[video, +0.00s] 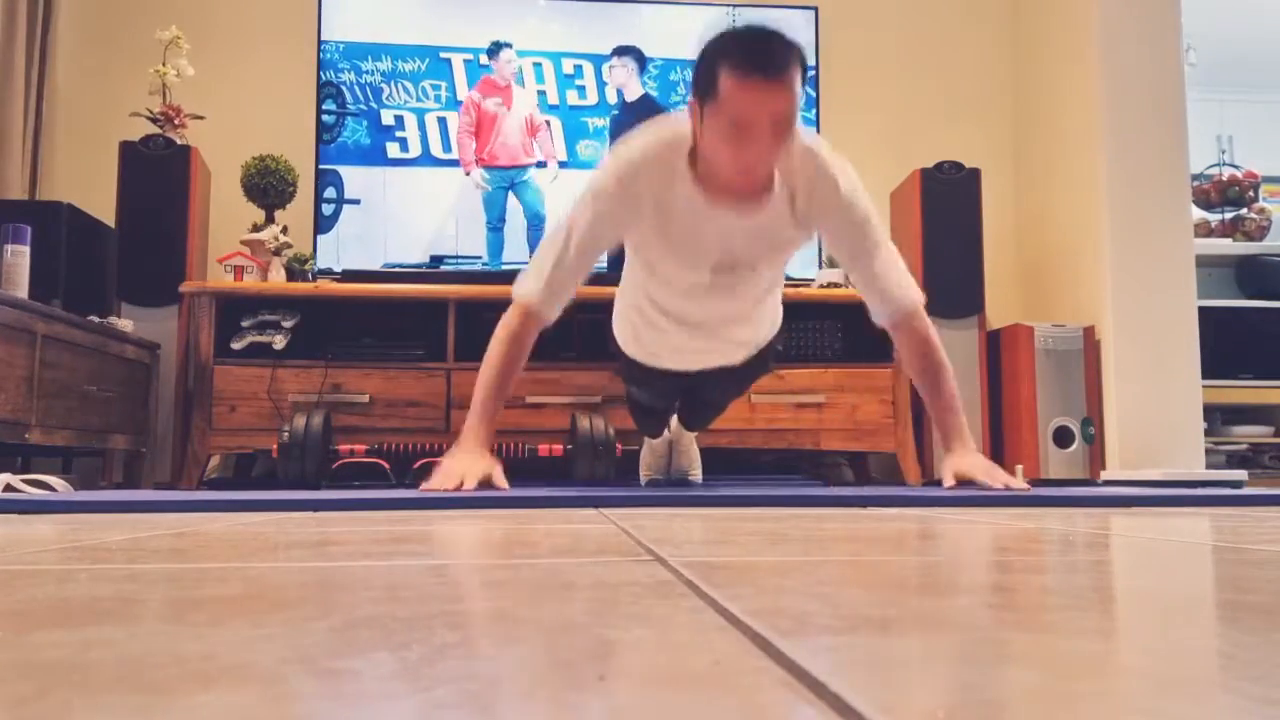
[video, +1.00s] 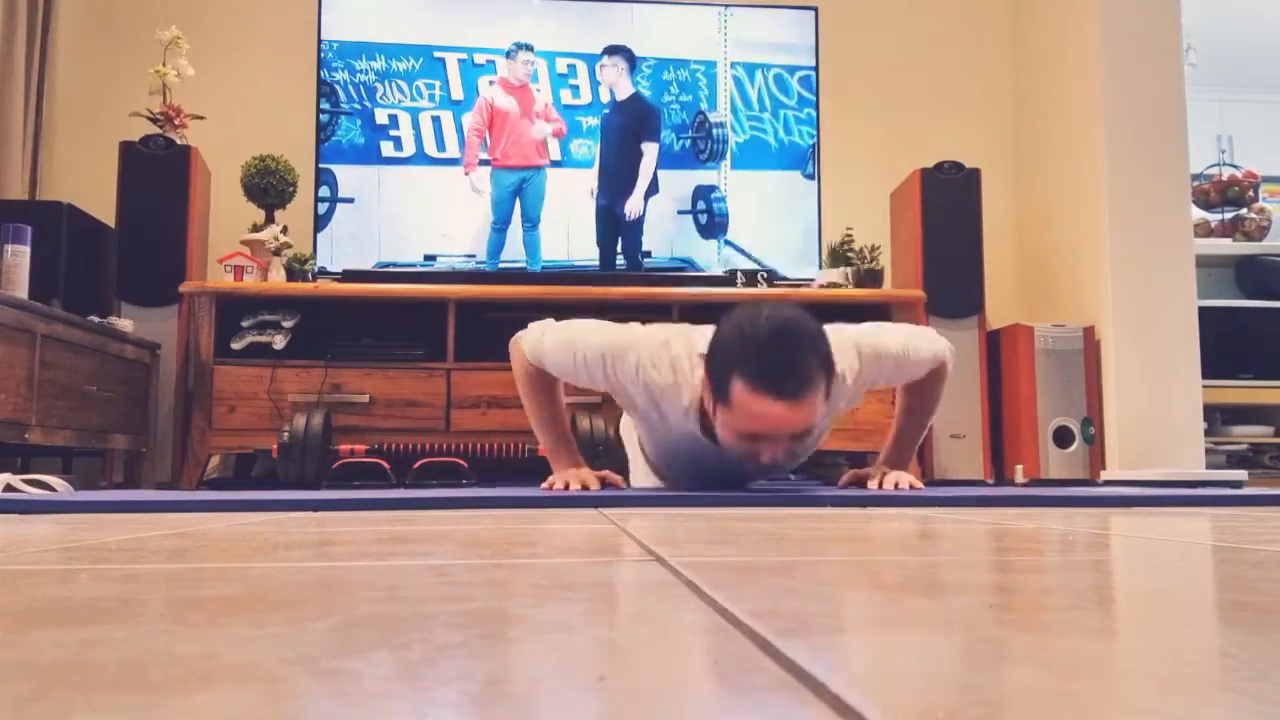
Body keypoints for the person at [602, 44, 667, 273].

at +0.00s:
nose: (609, 73)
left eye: (615, 67)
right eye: (610, 67)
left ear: (631, 71)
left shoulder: (657, 115)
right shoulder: (618, 116)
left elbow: (664, 162)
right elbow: (613, 162)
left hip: (647, 202)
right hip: (619, 202)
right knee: (616, 272)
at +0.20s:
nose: (608, 72)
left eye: (613, 66)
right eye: (608, 67)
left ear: (630, 70)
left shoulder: (655, 112)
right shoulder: (614, 113)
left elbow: (659, 158)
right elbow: (608, 152)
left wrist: (647, 198)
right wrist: (603, 181)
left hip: (638, 196)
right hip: (612, 194)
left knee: (638, 256)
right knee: (612, 255)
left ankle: (641, 302)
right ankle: (611, 299)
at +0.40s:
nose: (604, 72)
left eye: (609, 67)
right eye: (605, 67)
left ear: (625, 70)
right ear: (619, 71)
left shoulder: (652, 111)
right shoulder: (612, 113)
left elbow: (656, 157)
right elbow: (604, 152)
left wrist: (643, 198)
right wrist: (599, 182)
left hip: (635, 196)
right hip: (609, 193)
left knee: (635, 255)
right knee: (609, 255)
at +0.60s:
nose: (603, 70)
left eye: (609, 65)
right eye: (604, 65)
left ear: (624, 70)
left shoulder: (646, 110)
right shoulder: (611, 114)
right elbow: (607, 156)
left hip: (639, 191)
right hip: (612, 193)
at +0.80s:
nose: (600, 71)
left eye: (605, 66)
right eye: (601, 66)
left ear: (621, 69)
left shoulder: (647, 110)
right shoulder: (609, 112)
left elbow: (651, 156)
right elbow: (602, 151)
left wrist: (638, 195)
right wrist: (596, 179)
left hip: (631, 194)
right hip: (606, 192)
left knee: (632, 253)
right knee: (606, 252)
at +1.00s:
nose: (601, 71)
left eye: (606, 66)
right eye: (600, 67)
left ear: (621, 70)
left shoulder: (646, 110)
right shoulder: (608, 112)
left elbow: (650, 155)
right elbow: (602, 151)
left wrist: (638, 195)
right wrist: (595, 179)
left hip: (630, 193)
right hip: (605, 192)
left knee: (631, 253)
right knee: (606, 253)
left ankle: (635, 299)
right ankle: (605, 297)